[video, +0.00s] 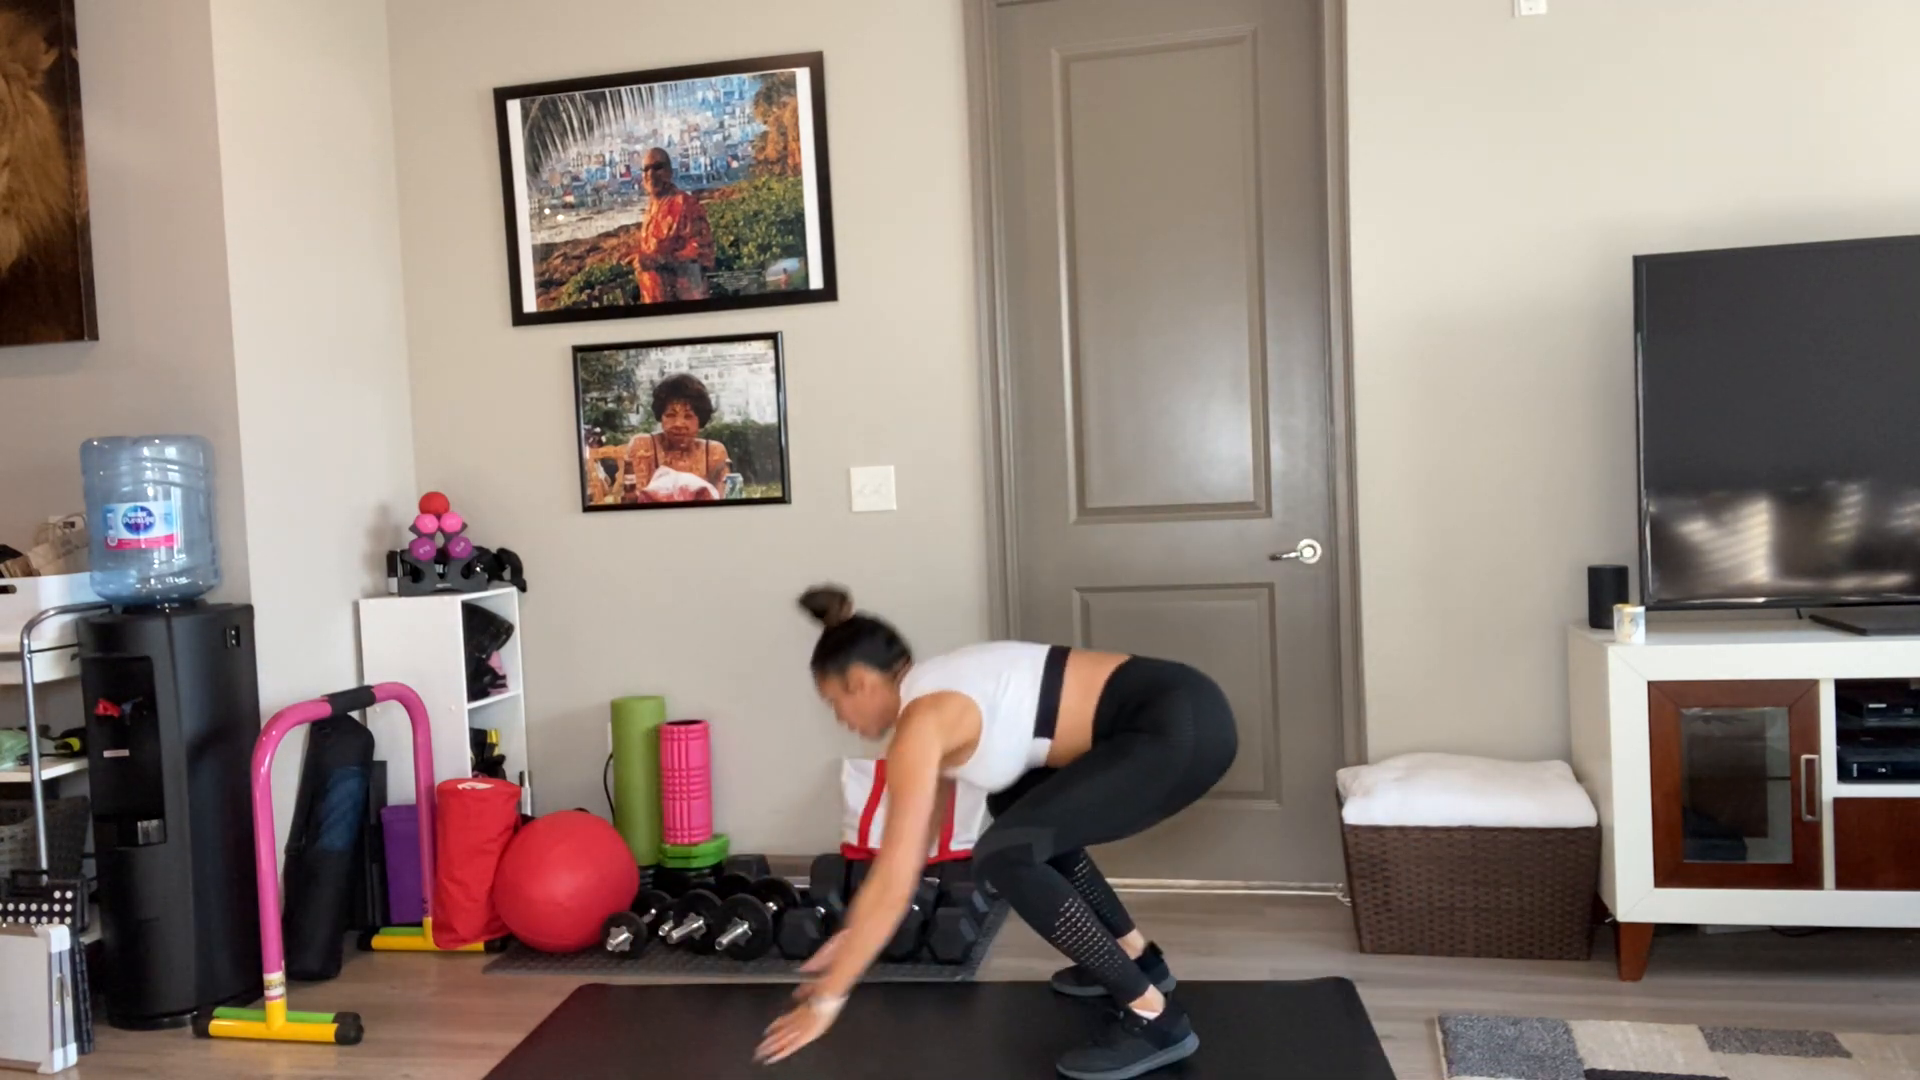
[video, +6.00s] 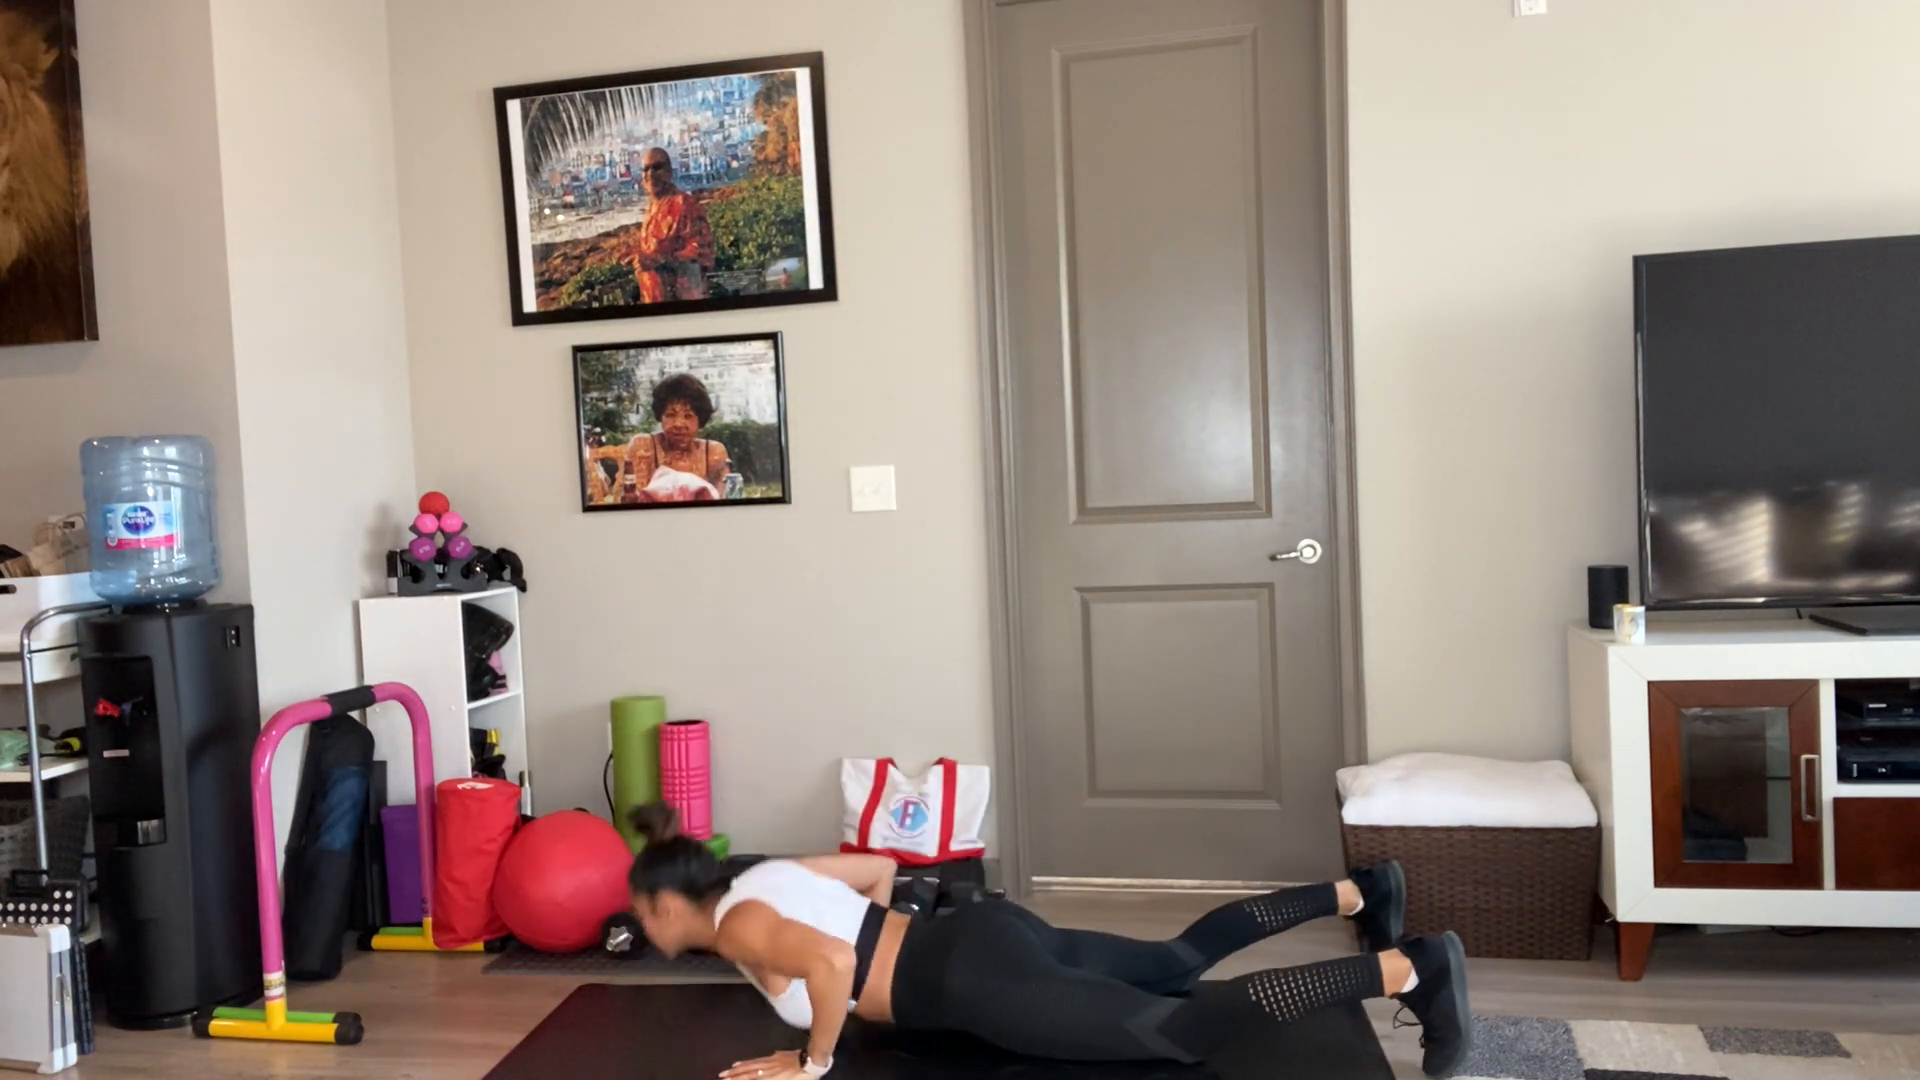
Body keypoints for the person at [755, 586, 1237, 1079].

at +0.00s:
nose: (840, 716)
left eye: (838, 699)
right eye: (833, 703)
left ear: (869, 681)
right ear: (880, 674)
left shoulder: (922, 725)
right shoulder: (935, 687)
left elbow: (897, 875)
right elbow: (899, 852)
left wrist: (829, 992)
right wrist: (852, 935)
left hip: (1177, 729)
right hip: (1163, 711)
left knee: (1009, 855)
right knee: (1019, 808)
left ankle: (1154, 1018)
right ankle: (1132, 957)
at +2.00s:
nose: (684, 830)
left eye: (687, 815)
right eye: (679, 816)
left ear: (724, 794)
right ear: (730, 787)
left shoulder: (795, 827)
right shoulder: (809, 787)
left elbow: (861, 951)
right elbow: (882, 895)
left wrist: (829, 1058)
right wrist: (840, 962)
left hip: (1003, 887)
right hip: (1013, 859)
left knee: (1198, 997)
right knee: (1199, 944)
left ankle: (1429, 970)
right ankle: (1371, 906)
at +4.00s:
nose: (923, 337)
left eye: (933, 319)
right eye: (917, 324)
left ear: (973, 314)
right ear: (933, 325)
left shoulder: (1000, 379)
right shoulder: (998, 376)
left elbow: (877, 446)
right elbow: (906, 450)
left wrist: (840, 342)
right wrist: (865, 357)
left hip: (1119, 595)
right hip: (1103, 594)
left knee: (1037, 798)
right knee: (1050, 787)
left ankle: (1141, 1010)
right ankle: (1135, 954)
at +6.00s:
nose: (651, 935)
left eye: (649, 920)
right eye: (645, 924)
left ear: (678, 901)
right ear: (695, 874)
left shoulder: (738, 924)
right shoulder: (770, 878)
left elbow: (826, 970)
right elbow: (876, 868)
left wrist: (811, 1061)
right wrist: (842, 956)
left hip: (953, 977)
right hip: (978, 922)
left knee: (1172, 1033)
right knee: (1168, 968)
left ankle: (1395, 972)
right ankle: (1355, 896)